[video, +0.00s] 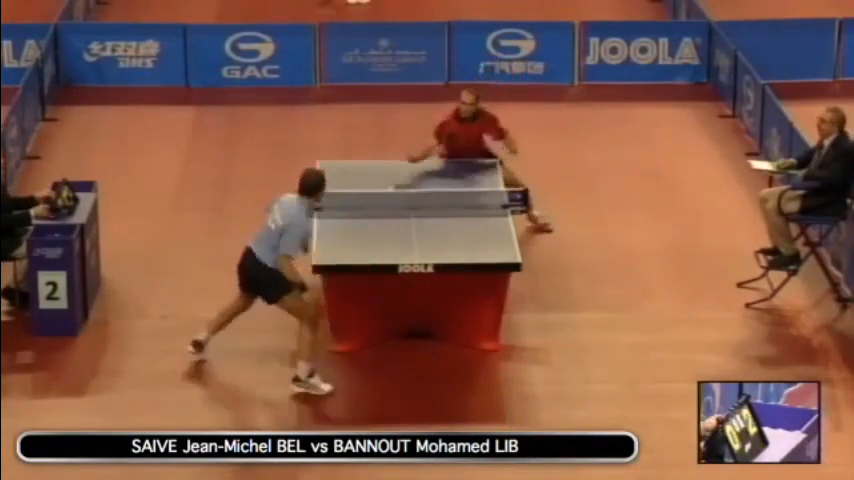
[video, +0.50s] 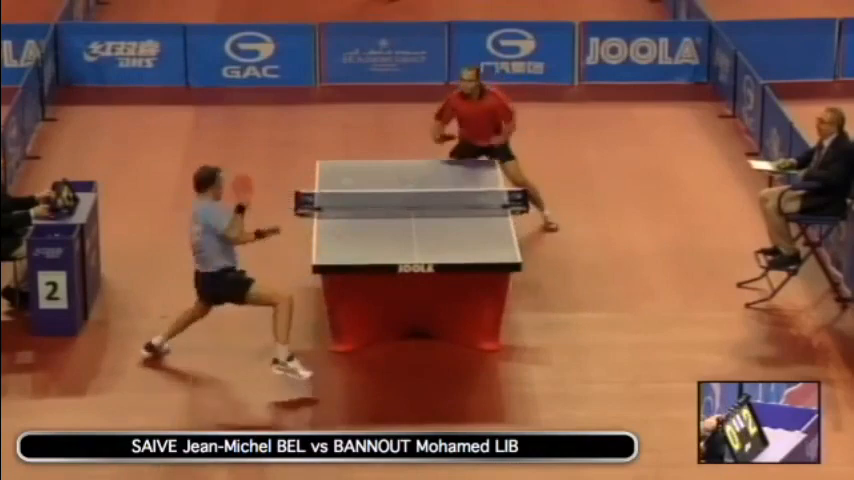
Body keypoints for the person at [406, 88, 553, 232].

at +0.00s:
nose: (464, 108)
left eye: (469, 104)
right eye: (462, 103)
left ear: (477, 105)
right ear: (458, 103)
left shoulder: (487, 120)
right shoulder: (448, 124)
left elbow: (503, 136)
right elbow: (436, 145)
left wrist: (511, 147)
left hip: (487, 166)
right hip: (456, 166)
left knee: (521, 188)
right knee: (422, 184)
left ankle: (532, 219)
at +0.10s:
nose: (468, 98)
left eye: (471, 95)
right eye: (465, 94)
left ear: (477, 96)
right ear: (460, 95)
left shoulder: (487, 110)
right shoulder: (452, 114)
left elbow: (512, 123)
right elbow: (428, 131)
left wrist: (521, 135)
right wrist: (420, 147)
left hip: (487, 156)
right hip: (459, 158)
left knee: (515, 180)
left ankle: (516, 222)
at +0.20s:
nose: (467, 90)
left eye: (471, 87)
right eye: (465, 86)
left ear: (479, 88)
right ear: (461, 86)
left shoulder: (491, 102)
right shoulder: (456, 103)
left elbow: (508, 114)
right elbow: (438, 118)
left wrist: (520, 120)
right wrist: (428, 131)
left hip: (492, 147)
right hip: (463, 148)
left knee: (511, 180)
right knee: (454, 183)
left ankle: (516, 220)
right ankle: (455, 223)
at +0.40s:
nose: (464, 76)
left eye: (469, 72)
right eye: (463, 72)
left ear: (478, 74)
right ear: (460, 72)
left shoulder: (493, 90)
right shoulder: (454, 91)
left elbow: (519, 102)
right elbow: (438, 110)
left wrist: (521, 110)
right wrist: (431, 124)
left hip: (495, 134)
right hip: (467, 135)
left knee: (520, 173)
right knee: (449, 170)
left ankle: (536, 217)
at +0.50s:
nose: (464, 85)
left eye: (469, 81)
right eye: (462, 81)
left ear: (478, 82)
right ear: (460, 81)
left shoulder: (495, 98)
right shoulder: (455, 99)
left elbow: (510, 121)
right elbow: (441, 119)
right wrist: (438, 136)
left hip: (495, 144)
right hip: (468, 144)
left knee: (518, 179)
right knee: (449, 175)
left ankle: (545, 215)